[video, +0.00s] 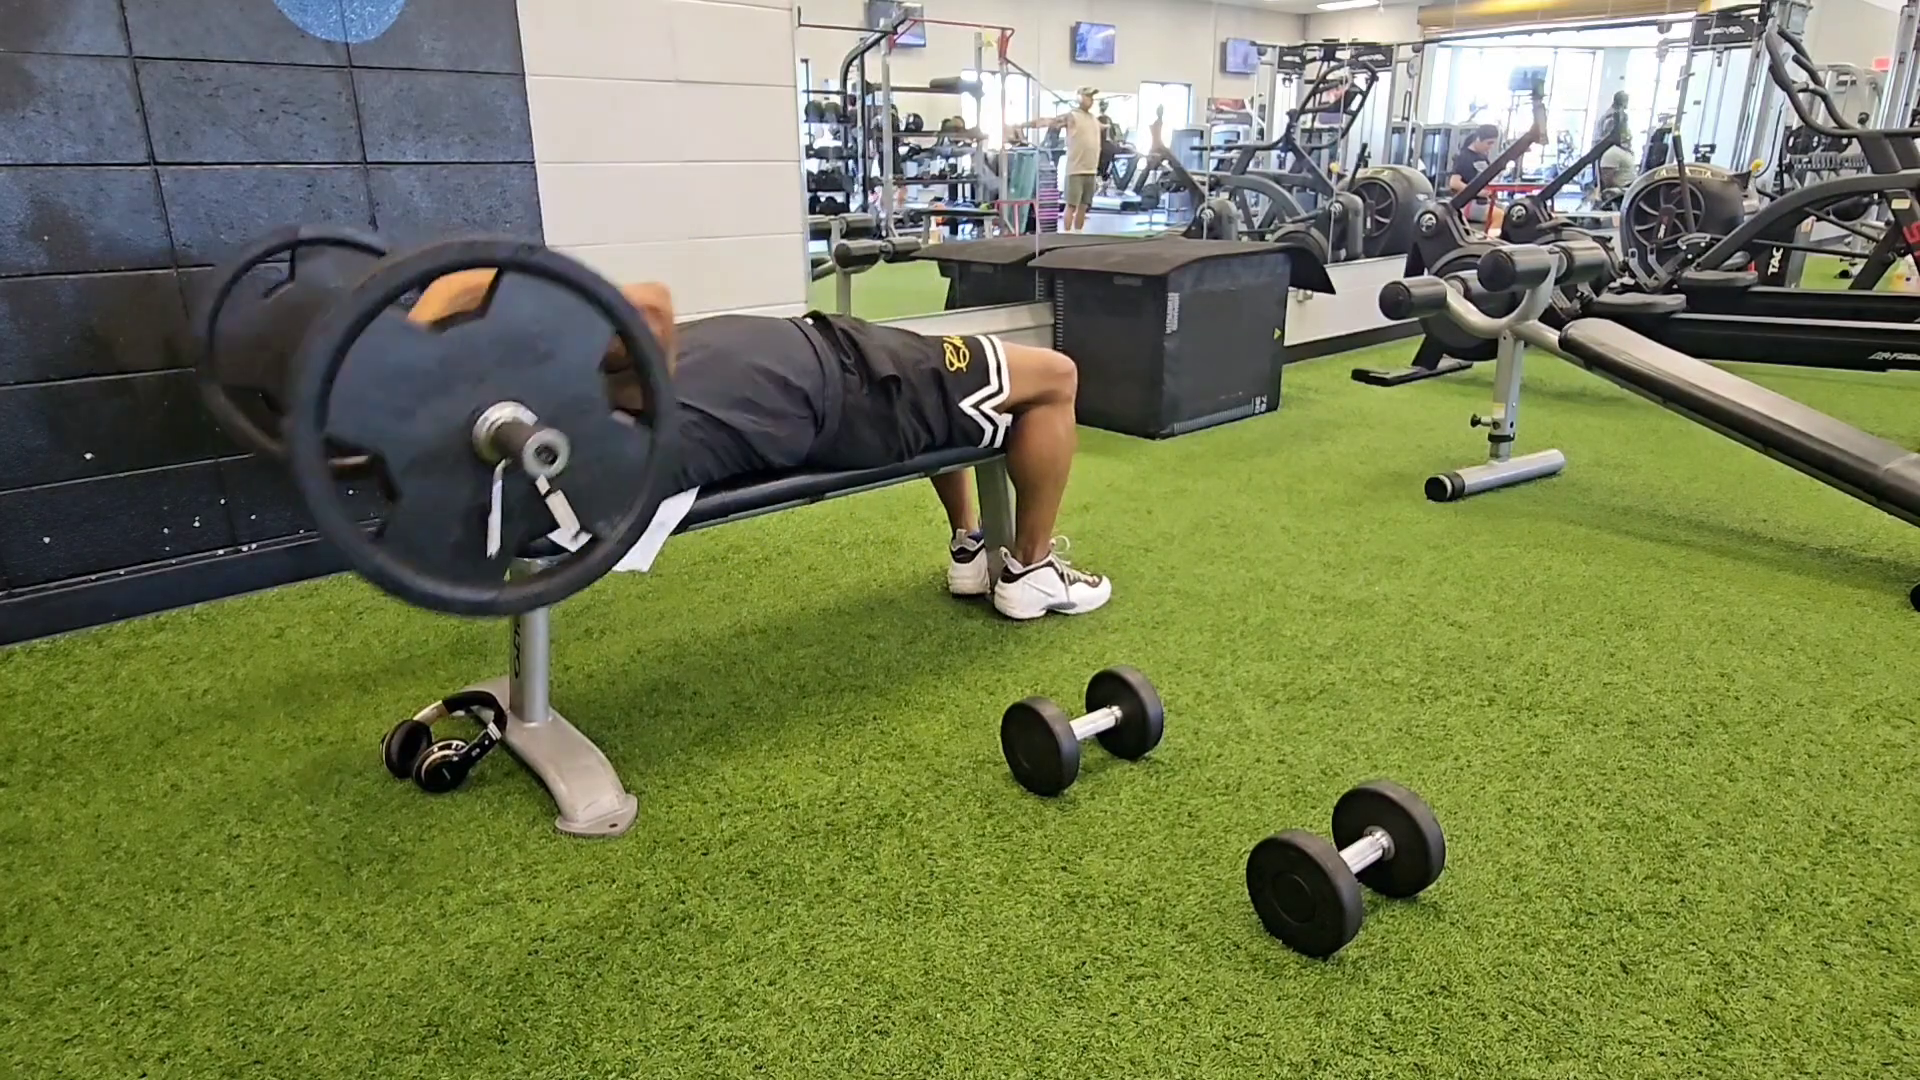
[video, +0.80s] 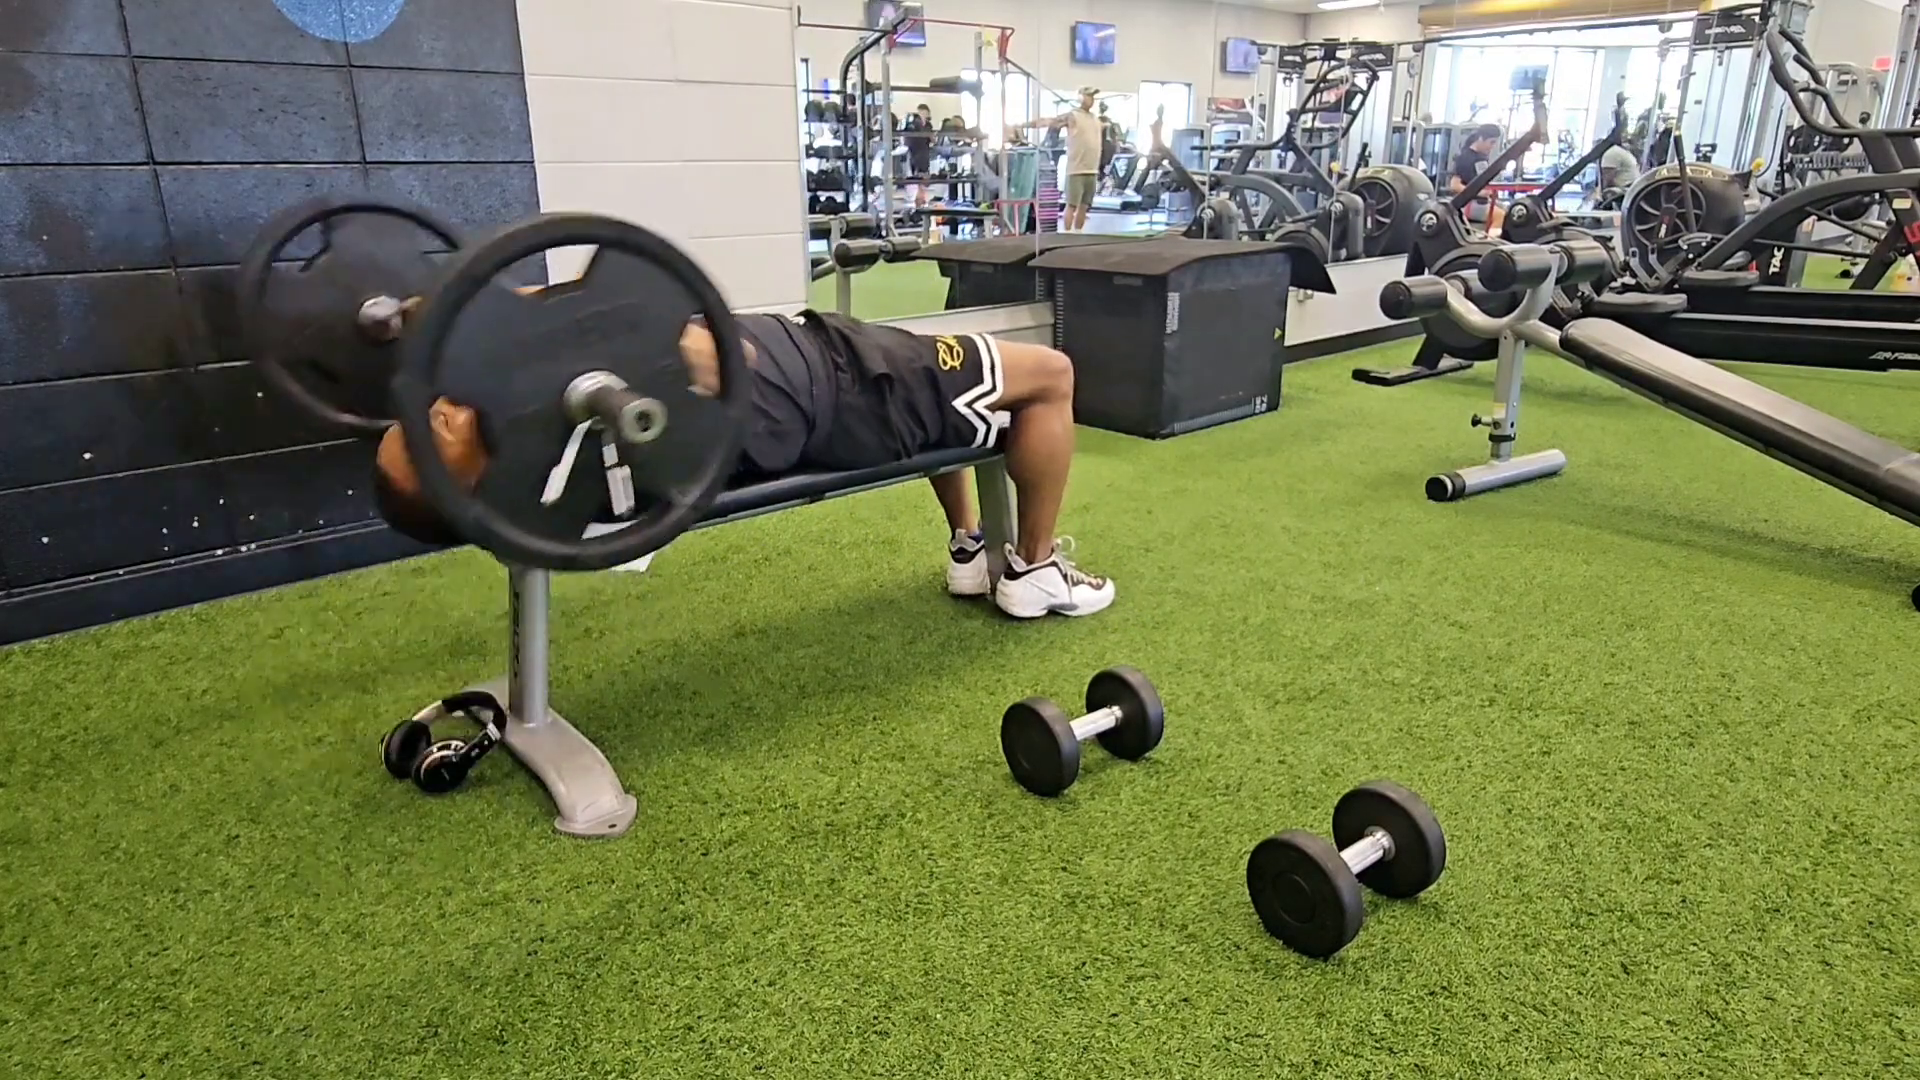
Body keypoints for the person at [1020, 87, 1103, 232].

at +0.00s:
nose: (1091, 100)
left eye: (1092, 97)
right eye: (1088, 97)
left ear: (1091, 100)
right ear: (1080, 98)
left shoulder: (1093, 120)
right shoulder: (1071, 116)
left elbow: (1103, 127)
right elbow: (1048, 122)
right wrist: (1023, 125)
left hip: (1091, 169)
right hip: (1075, 168)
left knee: (1083, 207)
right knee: (1072, 205)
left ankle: (1078, 235)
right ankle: (1067, 235)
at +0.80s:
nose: (1092, 100)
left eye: (1093, 97)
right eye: (1089, 96)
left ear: (1092, 99)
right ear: (1082, 97)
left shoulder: (1095, 120)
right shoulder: (1072, 116)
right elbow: (1049, 122)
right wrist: (1023, 125)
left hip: (1092, 169)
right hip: (1076, 168)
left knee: (1084, 207)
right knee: (1072, 205)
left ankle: (1077, 235)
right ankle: (1067, 235)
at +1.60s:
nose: (1083, 101)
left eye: (1083, 98)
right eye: (1080, 98)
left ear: (1082, 101)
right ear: (1071, 99)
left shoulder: (1084, 121)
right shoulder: (1063, 118)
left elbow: (1095, 130)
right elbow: (1042, 125)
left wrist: (1106, 131)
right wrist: (1020, 130)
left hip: (1083, 170)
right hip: (1066, 170)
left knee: (1080, 205)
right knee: (1064, 205)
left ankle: (1077, 233)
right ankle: (1050, 227)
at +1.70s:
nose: (1078, 102)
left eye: (1079, 99)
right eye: (1075, 98)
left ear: (1079, 102)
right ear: (1067, 100)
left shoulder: (1080, 120)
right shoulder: (1058, 118)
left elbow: (1089, 130)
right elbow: (1039, 127)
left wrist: (1101, 132)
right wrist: (1018, 131)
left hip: (1078, 170)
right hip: (1061, 170)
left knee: (1078, 204)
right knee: (1057, 206)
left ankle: (1078, 233)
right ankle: (1048, 232)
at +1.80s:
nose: (1073, 103)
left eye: (1074, 100)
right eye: (1070, 99)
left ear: (1074, 102)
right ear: (1062, 101)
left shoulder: (1078, 121)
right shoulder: (1053, 119)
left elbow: (1088, 130)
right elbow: (1035, 127)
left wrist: (1102, 133)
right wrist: (1016, 131)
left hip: (1072, 171)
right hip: (1054, 171)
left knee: (1073, 204)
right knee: (1051, 207)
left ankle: (1076, 234)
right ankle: (1047, 234)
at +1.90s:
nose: (1069, 103)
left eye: (1070, 100)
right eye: (1066, 99)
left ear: (1071, 102)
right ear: (1058, 101)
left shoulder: (1075, 121)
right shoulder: (1049, 119)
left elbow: (1088, 130)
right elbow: (1031, 127)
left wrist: (1101, 132)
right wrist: (1011, 130)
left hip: (1068, 170)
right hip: (1050, 170)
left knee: (1069, 202)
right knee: (1046, 206)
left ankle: (1074, 232)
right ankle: (1045, 234)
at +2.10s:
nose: (1063, 102)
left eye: (1063, 99)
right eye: (1059, 98)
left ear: (1063, 101)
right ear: (1051, 100)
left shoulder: (1068, 120)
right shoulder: (1043, 119)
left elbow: (1082, 128)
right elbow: (1024, 128)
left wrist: (1097, 131)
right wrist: (1007, 129)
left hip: (1063, 169)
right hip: (1046, 170)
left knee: (1063, 201)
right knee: (1043, 205)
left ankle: (1054, 229)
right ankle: (1042, 233)